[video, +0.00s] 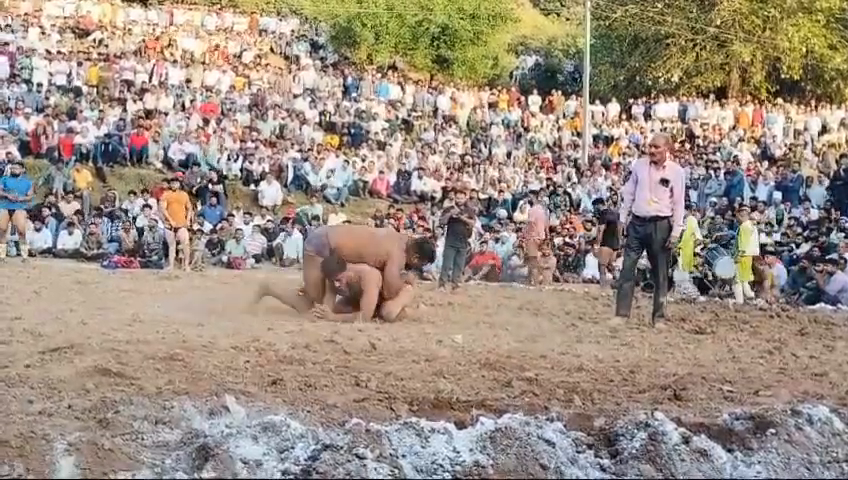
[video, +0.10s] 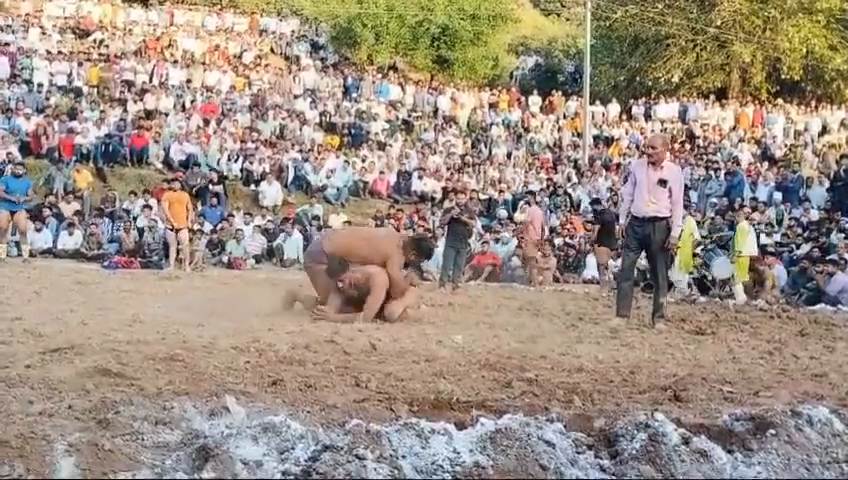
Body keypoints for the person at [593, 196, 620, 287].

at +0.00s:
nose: (595, 209)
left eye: (596, 206)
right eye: (594, 206)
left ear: (599, 205)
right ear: (604, 204)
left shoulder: (603, 215)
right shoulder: (616, 214)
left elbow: (601, 230)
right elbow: (619, 229)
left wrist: (598, 243)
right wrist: (619, 242)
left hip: (606, 243)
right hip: (615, 244)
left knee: (602, 265)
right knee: (610, 264)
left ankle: (603, 286)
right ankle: (617, 279)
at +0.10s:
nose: (593, 209)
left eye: (593, 207)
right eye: (592, 207)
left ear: (595, 206)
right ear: (601, 204)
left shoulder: (599, 215)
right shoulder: (611, 214)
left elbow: (595, 232)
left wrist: (591, 241)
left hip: (601, 244)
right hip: (612, 243)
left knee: (602, 268)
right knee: (606, 268)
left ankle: (604, 289)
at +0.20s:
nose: (591, 209)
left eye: (592, 207)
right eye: (591, 207)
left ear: (594, 206)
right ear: (600, 204)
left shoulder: (597, 214)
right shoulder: (608, 213)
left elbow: (592, 227)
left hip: (601, 243)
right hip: (609, 242)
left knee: (601, 268)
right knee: (603, 267)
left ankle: (603, 289)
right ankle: (604, 288)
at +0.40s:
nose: (589, 211)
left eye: (590, 209)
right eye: (590, 209)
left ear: (591, 209)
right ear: (598, 207)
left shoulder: (596, 217)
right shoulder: (605, 216)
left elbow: (591, 229)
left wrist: (588, 221)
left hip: (599, 245)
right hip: (606, 244)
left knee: (600, 268)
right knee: (597, 267)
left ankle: (606, 289)